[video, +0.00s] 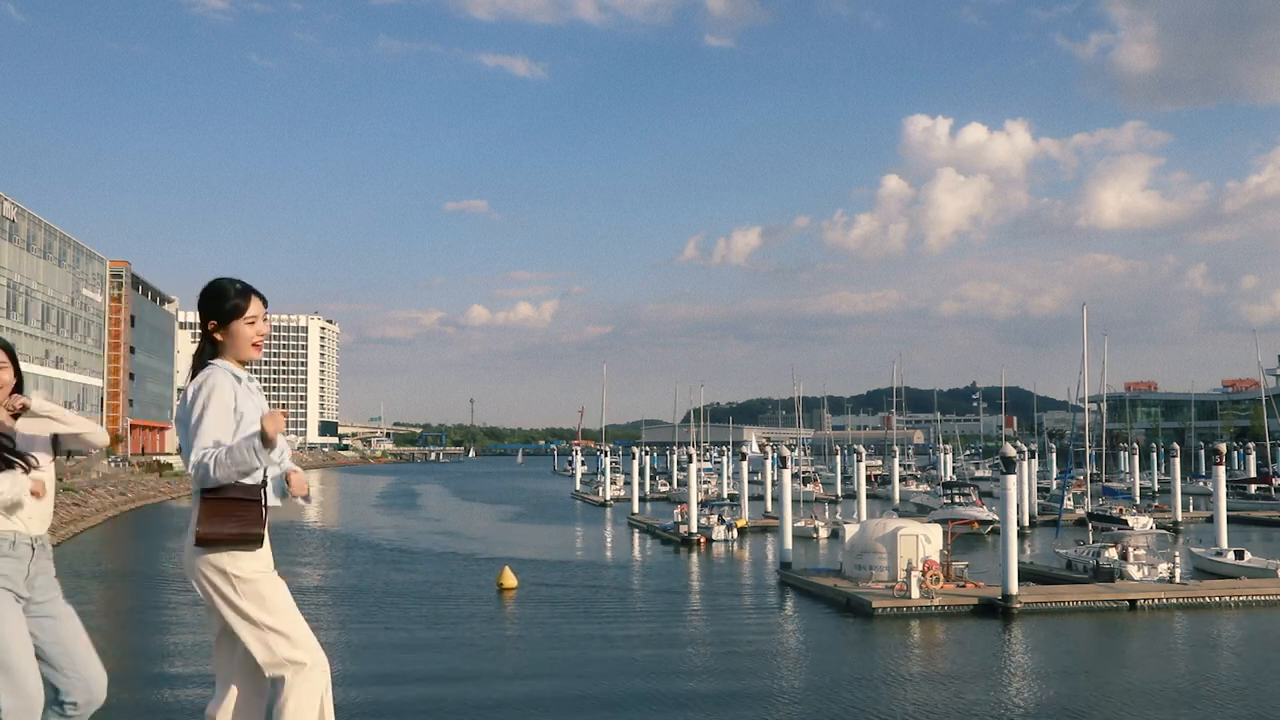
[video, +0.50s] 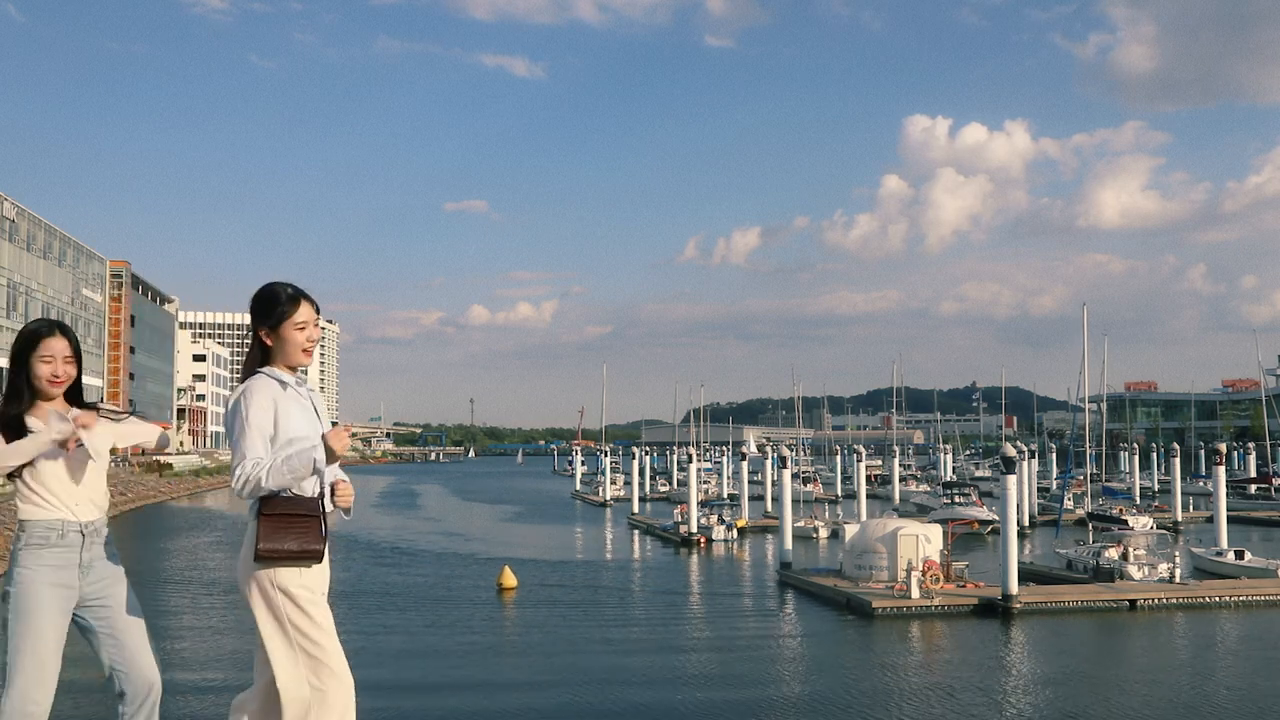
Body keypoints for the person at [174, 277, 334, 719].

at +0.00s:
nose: (263, 330)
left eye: (264, 320)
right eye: (252, 321)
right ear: (218, 329)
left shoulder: (245, 383)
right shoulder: (215, 381)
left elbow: (258, 459)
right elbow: (201, 467)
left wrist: (288, 472)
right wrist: (260, 441)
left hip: (245, 543)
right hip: (226, 548)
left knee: (241, 680)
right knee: (305, 666)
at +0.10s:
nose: (272, 336)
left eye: (274, 326)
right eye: (261, 327)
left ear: (274, 327)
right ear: (227, 334)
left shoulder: (260, 383)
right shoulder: (224, 383)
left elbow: (259, 461)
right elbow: (213, 471)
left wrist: (291, 469)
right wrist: (258, 437)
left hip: (260, 548)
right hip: (240, 552)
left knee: (247, 687)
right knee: (310, 681)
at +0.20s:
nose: (283, 350)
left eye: (283, 339)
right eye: (270, 343)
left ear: (286, 339)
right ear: (238, 354)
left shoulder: (273, 403)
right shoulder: (234, 405)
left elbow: (266, 482)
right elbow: (217, 491)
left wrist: (298, 501)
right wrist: (283, 481)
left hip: (274, 552)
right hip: (250, 557)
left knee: (266, 691)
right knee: (326, 683)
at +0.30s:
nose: (294, 349)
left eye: (294, 339)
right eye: (281, 342)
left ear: (296, 340)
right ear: (248, 352)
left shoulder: (282, 405)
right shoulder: (244, 406)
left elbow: (275, 486)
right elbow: (226, 492)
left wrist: (308, 504)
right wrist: (299, 477)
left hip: (285, 555)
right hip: (258, 561)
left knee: (277, 695)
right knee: (333, 685)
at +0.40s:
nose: (303, 338)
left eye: (304, 328)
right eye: (291, 330)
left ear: (306, 332)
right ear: (258, 339)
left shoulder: (295, 395)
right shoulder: (250, 393)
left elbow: (300, 472)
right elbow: (239, 477)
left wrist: (328, 493)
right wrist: (313, 450)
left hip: (299, 545)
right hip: (267, 548)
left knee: (279, 685)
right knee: (327, 681)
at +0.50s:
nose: (313, 336)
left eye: (315, 325)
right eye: (301, 326)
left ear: (316, 329)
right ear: (268, 335)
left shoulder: (305, 392)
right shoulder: (257, 391)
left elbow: (312, 468)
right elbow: (246, 478)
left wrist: (340, 488)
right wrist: (321, 450)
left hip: (310, 543)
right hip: (277, 546)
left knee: (280, 683)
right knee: (332, 685)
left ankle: (246, 713)